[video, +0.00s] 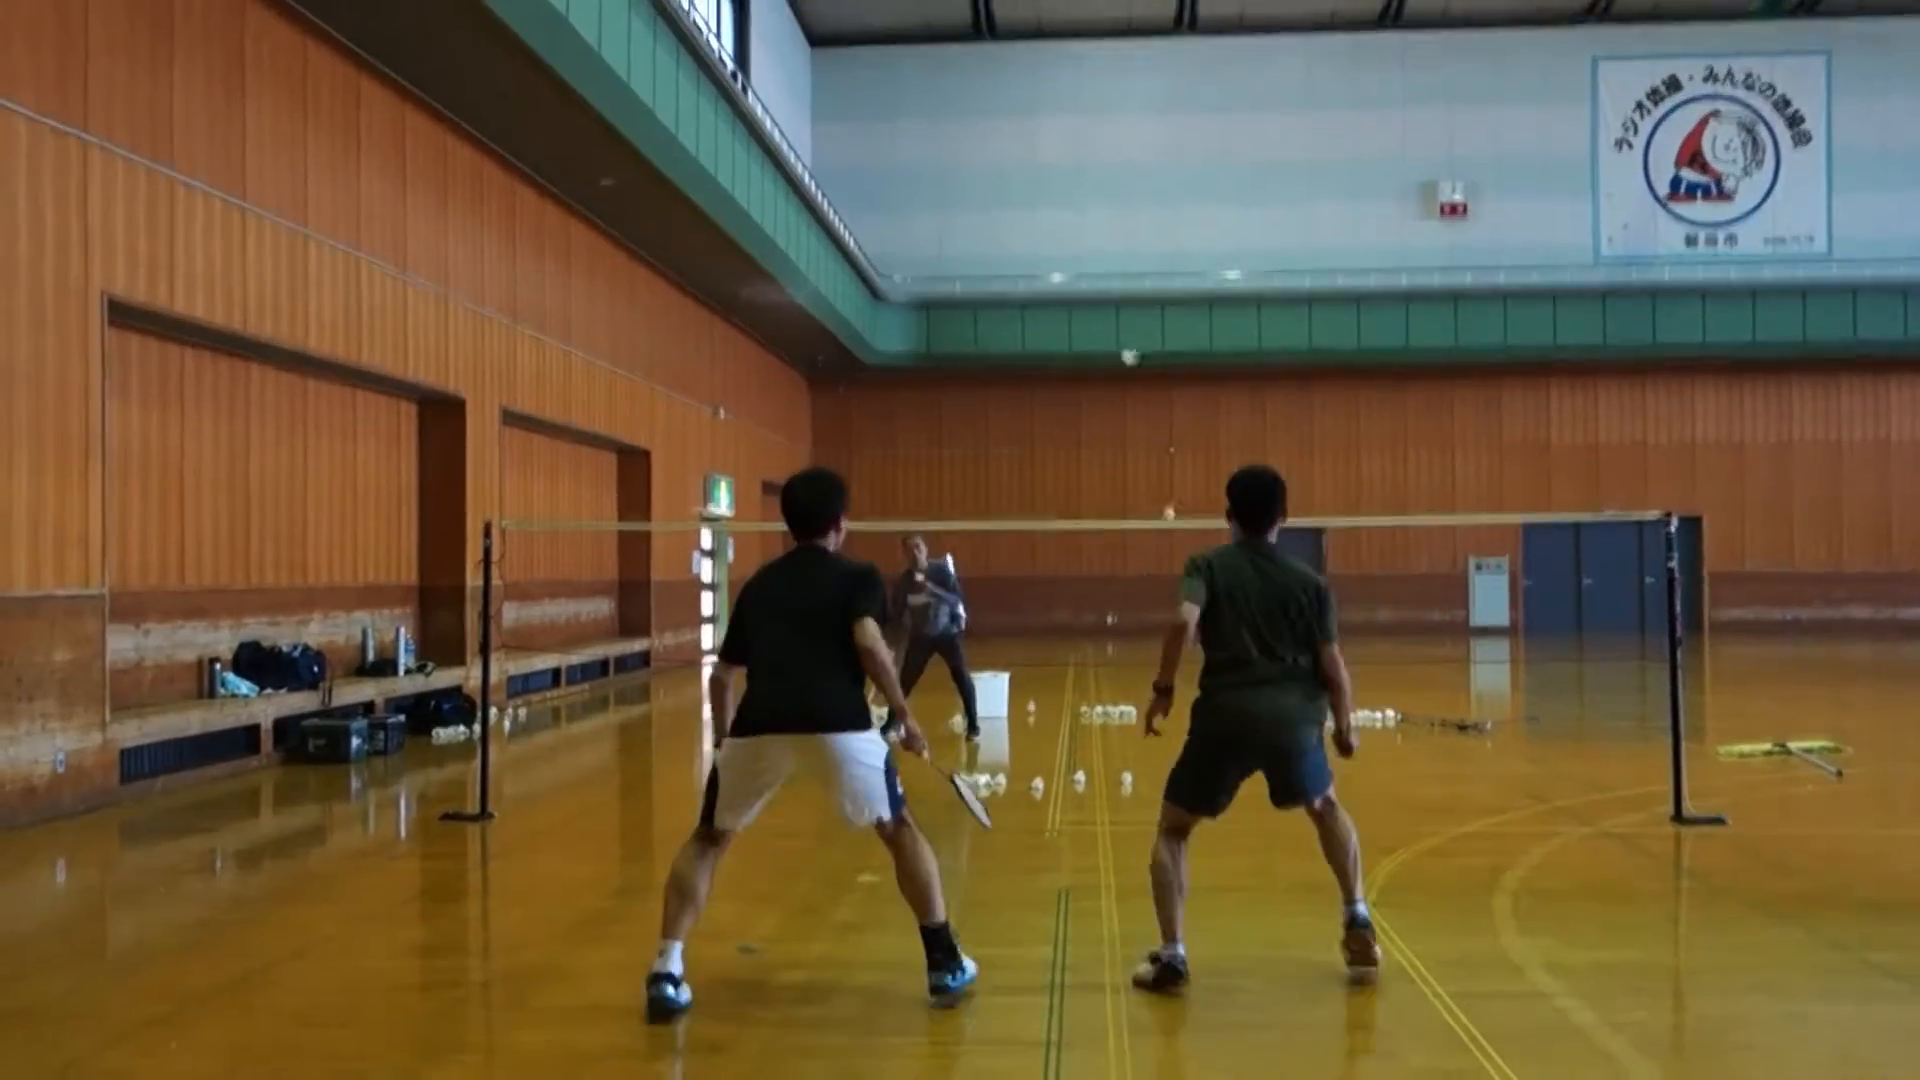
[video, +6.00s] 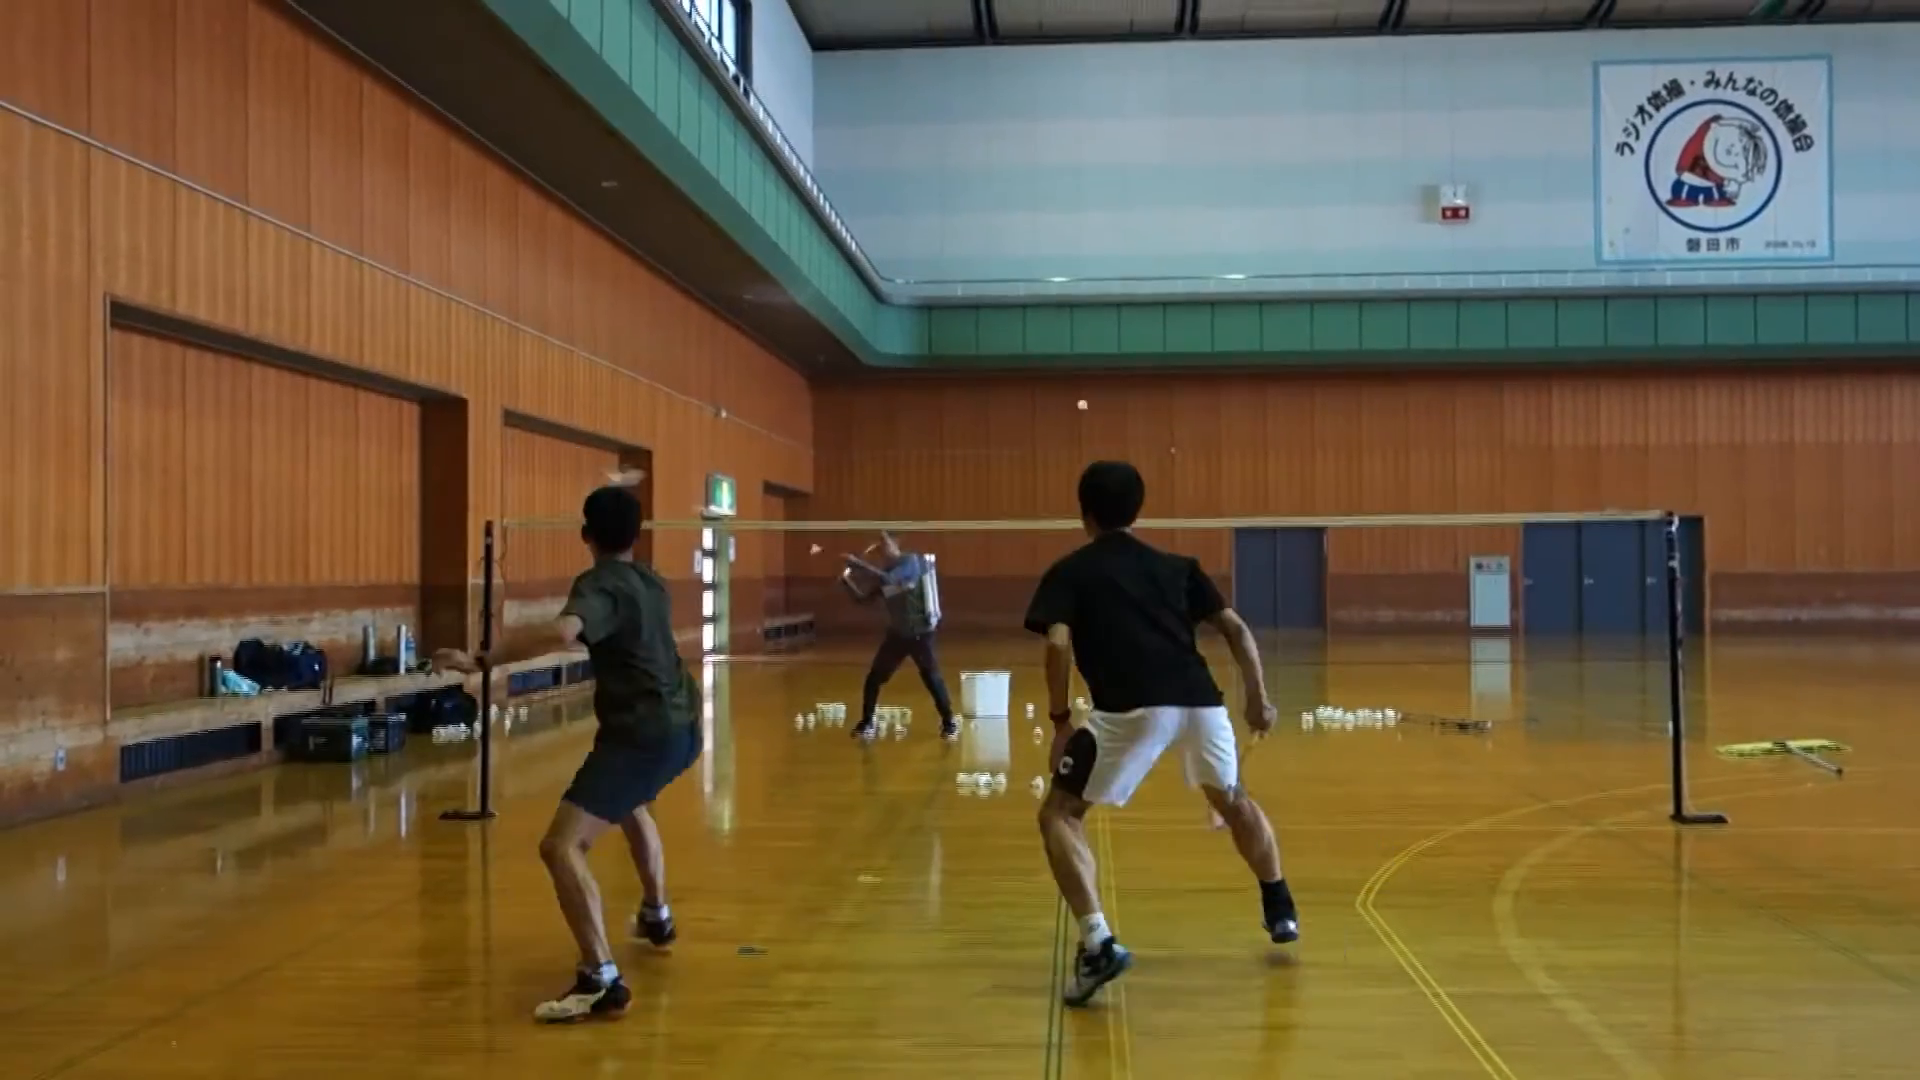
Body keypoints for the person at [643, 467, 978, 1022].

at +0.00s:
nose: (845, 528)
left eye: (841, 521)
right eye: (845, 521)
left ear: (788, 525)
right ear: (839, 524)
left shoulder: (759, 583)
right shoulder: (857, 576)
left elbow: (722, 676)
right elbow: (867, 642)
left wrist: (724, 744)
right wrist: (902, 712)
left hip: (762, 725)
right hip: (841, 724)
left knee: (707, 842)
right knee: (899, 831)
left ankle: (666, 971)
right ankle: (944, 960)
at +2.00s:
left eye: (750, 565)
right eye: (797, 566)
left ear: (744, 576)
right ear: (803, 574)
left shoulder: (717, 653)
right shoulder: (837, 640)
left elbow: (689, 746)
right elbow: (882, 728)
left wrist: (680, 820)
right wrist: (891, 780)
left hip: (746, 817)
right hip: (836, 812)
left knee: (682, 906)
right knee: (923, 873)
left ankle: (636, 1032)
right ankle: (987, 984)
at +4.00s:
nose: (1059, 509)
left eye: (1057, 503)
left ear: (1058, 508)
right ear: (1102, 509)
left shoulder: (1044, 564)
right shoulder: (1128, 559)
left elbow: (1027, 634)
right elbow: (1155, 619)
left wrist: (1007, 694)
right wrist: (1141, 658)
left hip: (1063, 680)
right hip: (1122, 680)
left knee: (1008, 759)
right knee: (1152, 766)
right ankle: (1164, 862)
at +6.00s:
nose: (1085, 515)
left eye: (1085, 506)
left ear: (1085, 511)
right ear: (1137, 511)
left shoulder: (1069, 571)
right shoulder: (1175, 567)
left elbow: (1058, 645)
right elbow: (1235, 627)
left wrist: (1061, 719)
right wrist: (1259, 696)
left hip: (1131, 705)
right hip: (1202, 701)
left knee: (1060, 816)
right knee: (1234, 799)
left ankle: (1098, 943)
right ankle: (1279, 906)